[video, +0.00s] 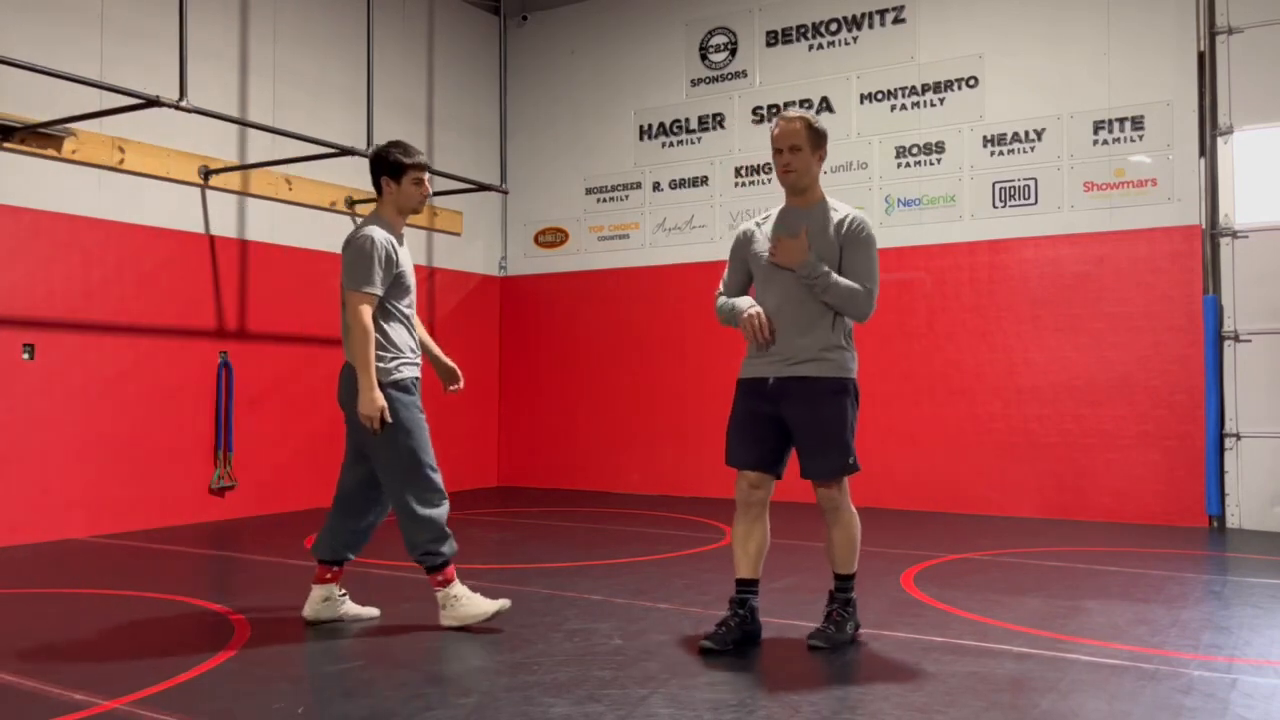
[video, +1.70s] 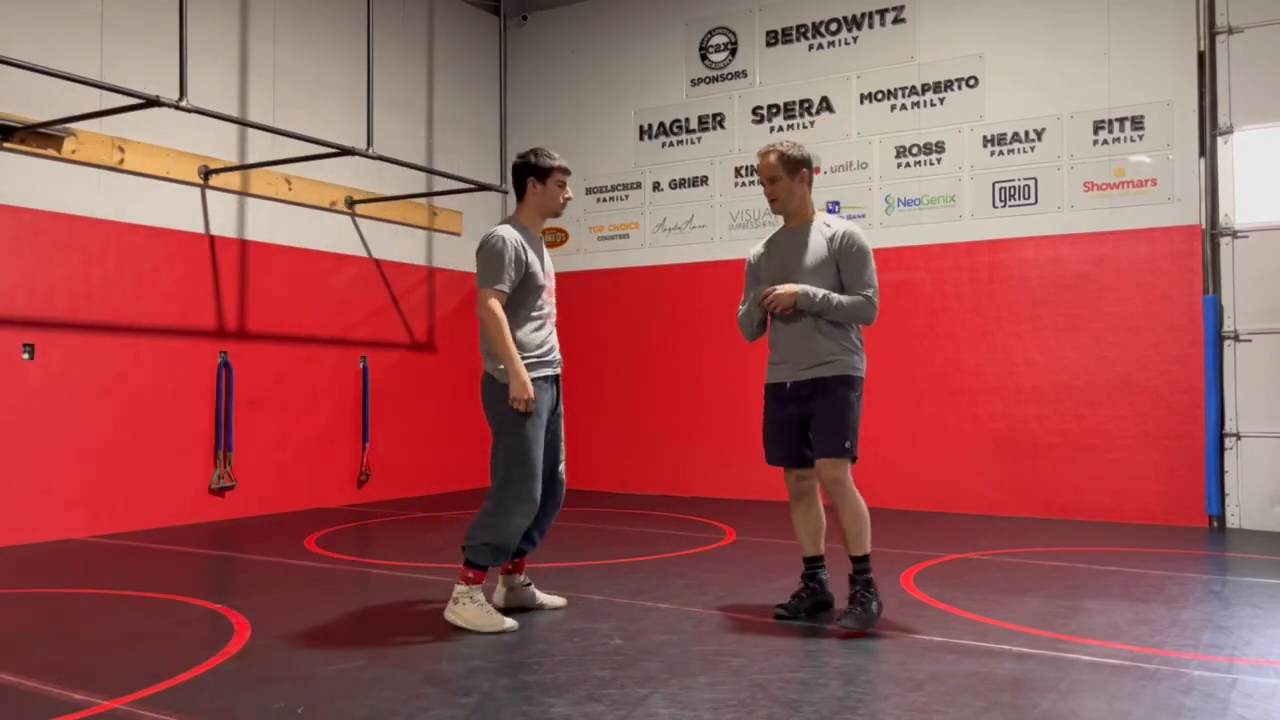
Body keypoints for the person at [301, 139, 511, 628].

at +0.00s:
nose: (427, 190)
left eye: (427, 182)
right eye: (418, 182)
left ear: (404, 188)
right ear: (388, 184)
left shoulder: (393, 241)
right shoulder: (369, 241)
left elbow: (405, 315)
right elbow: (357, 315)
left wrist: (439, 358)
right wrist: (367, 385)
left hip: (385, 381)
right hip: (385, 383)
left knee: (363, 486)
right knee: (420, 484)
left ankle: (324, 591)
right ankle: (450, 594)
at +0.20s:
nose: (456, 184)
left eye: (455, 175)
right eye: (447, 176)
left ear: (424, 182)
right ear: (416, 181)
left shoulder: (417, 233)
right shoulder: (409, 238)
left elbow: (412, 318)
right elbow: (408, 319)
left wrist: (429, 381)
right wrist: (422, 390)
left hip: (415, 377)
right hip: (423, 380)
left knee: (401, 483)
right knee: (445, 488)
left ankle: (340, 576)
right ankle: (456, 597)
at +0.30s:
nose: (471, 183)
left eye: (469, 174)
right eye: (461, 175)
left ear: (438, 181)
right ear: (430, 181)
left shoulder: (429, 230)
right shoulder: (425, 238)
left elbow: (432, 317)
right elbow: (431, 320)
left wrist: (454, 382)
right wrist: (456, 391)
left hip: (436, 380)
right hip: (433, 383)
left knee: (437, 478)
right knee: (455, 489)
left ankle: (365, 560)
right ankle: (456, 598)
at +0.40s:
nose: (484, 184)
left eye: (483, 175)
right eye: (475, 176)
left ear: (452, 181)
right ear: (445, 181)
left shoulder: (447, 230)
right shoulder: (433, 238)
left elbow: (454, 319)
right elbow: (449, 324)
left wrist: (477, 382)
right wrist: (487, 388)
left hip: (458, 378)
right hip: (440, 382)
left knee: (481, 473)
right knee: (460, 483)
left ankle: (402, 548)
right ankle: (457, 598)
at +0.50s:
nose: (496, 184)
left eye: (495, 175)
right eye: (488, 176)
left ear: (458, 182)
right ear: (456, 180)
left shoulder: (456, 228)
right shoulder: (443, 238)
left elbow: (457, 315)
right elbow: (458, 321)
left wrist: (480, 370)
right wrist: (506, 383)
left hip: (472, 376)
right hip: (453, 380)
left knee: (499, 471)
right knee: (464, 481)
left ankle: (445, 557)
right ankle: (458, 596)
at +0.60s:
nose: (504, 184)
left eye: (504, 174)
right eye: (496, 175)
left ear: (469, 181)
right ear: (464, 180)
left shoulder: (466, 229)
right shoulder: (448, 238)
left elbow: (468, 317)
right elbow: (461, 322)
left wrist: (493, 374)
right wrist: (513, 382)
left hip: (484, 377)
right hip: (460, 381)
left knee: (511, 475)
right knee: (471, 484)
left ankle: (498, 566)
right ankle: (457, 599)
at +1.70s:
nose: (568, 192)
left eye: (568, 185)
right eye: (561, 184)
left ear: (543, 189)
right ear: (533, 186)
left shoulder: (537, 245)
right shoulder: (503, 240)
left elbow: (533, 315)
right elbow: (489, 308)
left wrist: (546, 369)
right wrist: (516, 374)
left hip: (545, 380)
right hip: (516, 382)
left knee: (549, 486)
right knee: (518, 488)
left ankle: (513, 583)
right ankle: (466, 594)